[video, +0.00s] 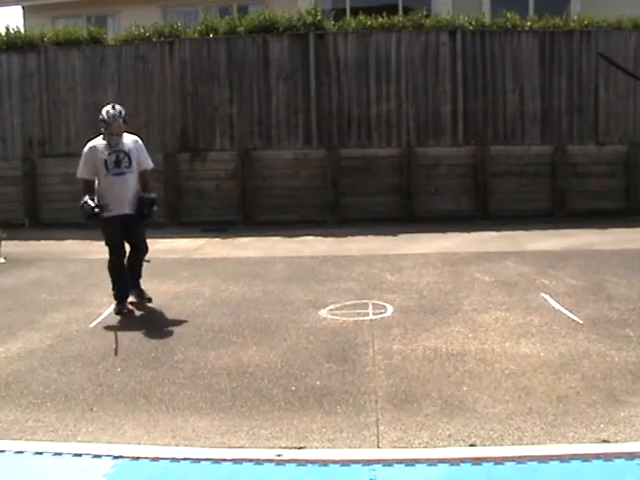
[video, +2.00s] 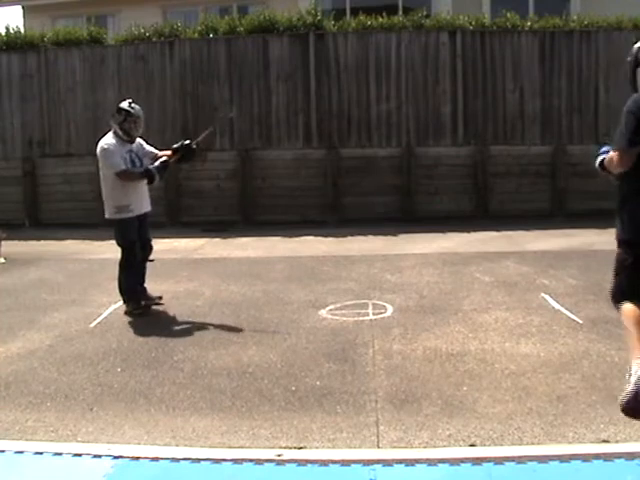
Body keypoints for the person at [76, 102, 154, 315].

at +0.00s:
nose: (116, 131)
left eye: (119, 126)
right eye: (111, 127)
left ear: (124, 124)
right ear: (103, 127)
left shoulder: (134, 143)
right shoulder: (93, 149)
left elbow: (144, 173)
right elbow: (87, 182)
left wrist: (146, 197)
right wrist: (89, 201)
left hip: (133, 209)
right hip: (109, 212)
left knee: (140, 248)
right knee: (117, 254)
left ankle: (133, 283)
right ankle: (120, 298)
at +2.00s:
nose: (134, 127)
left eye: (137, 123)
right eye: (130, 123)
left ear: (140, 124)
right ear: (119, 123)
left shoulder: (135, 142)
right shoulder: (107, 147)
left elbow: (156, 156)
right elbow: (123, 175)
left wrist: (177, 151)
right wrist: (152, 170)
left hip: (140, 209)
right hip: (122, 212)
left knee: (144, 250)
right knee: (130, 254)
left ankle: (140, 291)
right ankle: (131, 300)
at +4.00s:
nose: (163, 116)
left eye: (163, 111)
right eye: (159, 112)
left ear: (158, 115)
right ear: (149, 115)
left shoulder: (157, 138)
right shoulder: (138, 144)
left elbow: (158, 170)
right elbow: (130, 176)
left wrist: (172, 192)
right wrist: (147, 196)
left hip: (165, 208)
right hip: (149, 211)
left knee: (161, 251)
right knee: (154, 252)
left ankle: (155, 295)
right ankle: (146, 300)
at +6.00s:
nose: (177, 119)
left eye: (177, 116)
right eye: (176, 115)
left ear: (156, 115)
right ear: (168, 115)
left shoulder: (151, 138)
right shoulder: (162, 134)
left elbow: (162, 171)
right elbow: (193, 123)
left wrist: (184, 176)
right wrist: (213, 127)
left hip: (162, 206)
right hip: (172, 205)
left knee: (165, 253)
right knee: (186, 252)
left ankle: (159, 299)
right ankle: (190, 302)